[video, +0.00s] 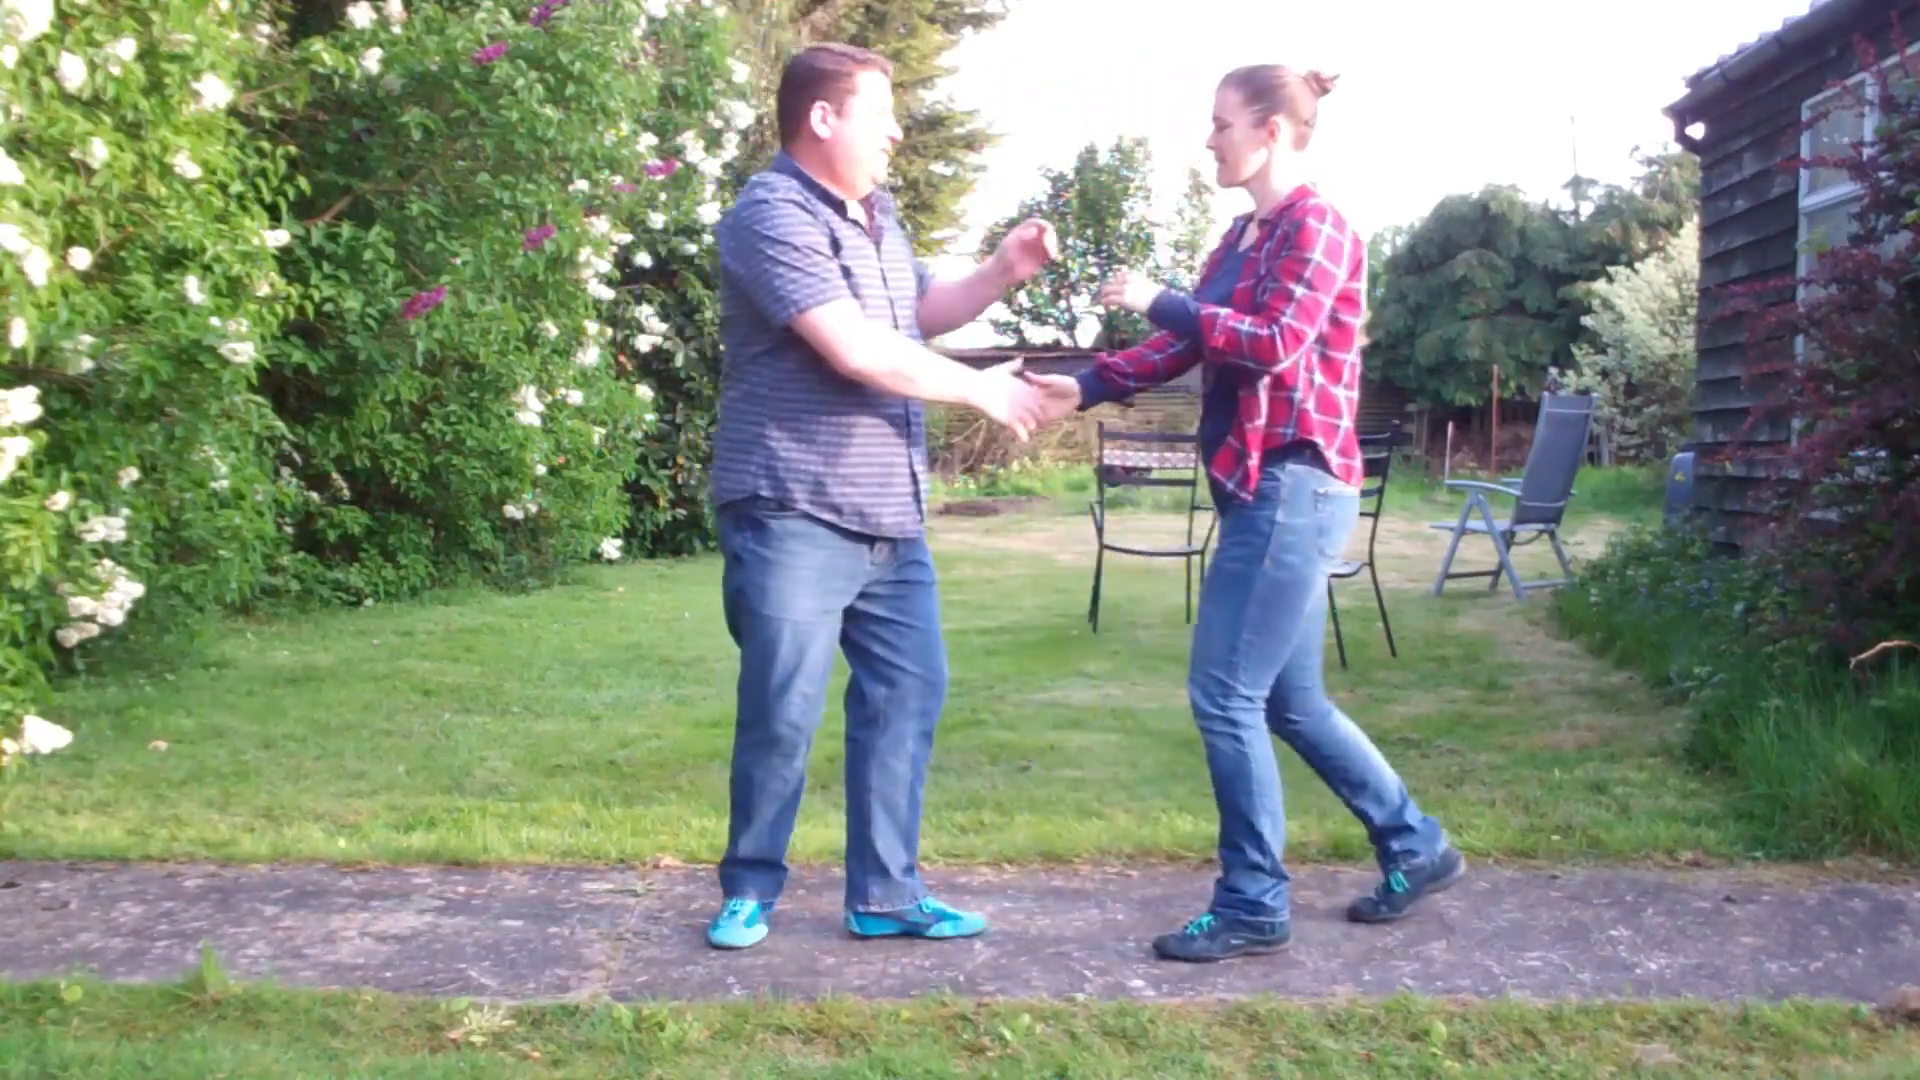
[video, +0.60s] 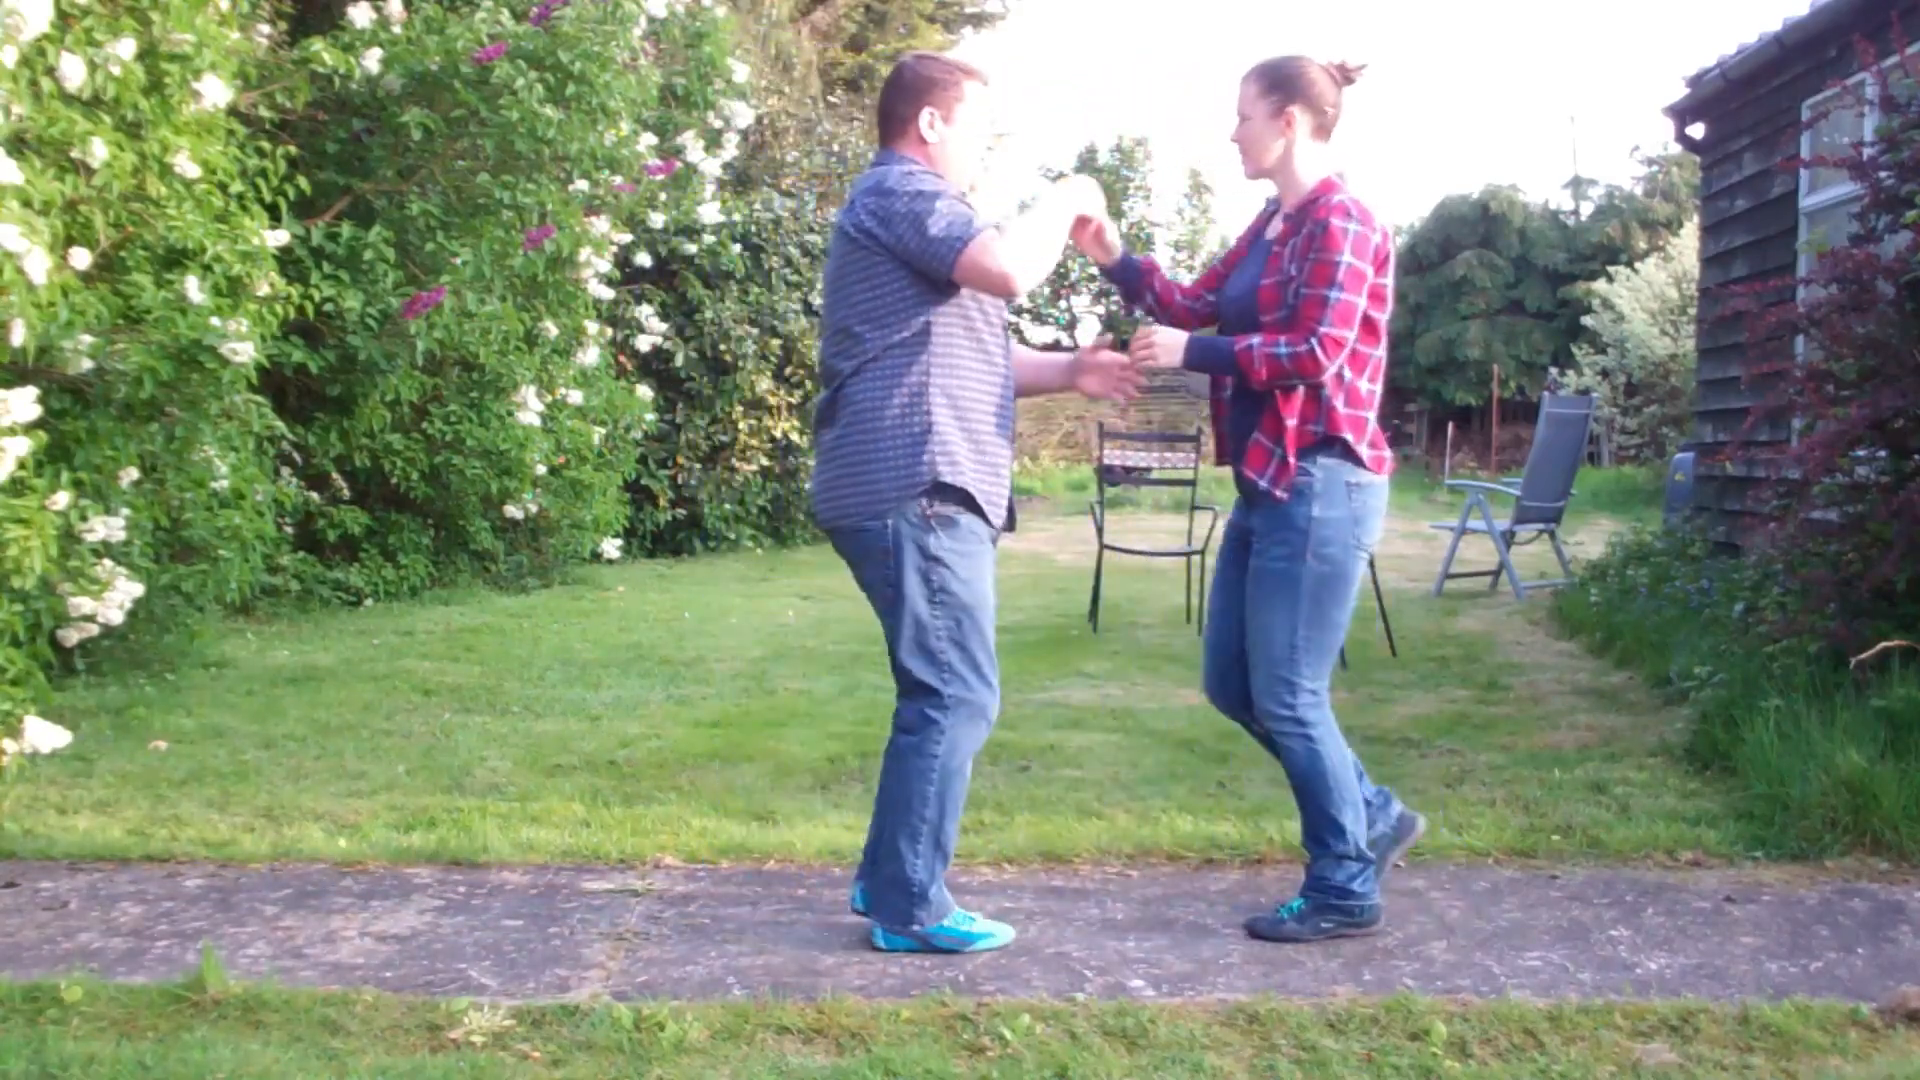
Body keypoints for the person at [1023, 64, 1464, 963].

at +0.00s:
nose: (1208, 141)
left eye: (1222, 127)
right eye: (1211, 127)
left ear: (1274, 132)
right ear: (1262, 133)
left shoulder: (1318, 226)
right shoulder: (1240, 242)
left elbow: (1273, 345)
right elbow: (1172, 348)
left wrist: (1163, 303)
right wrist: (1079, 387)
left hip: (1296, 487)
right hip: (1268, 487)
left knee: (1226, 695)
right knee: (1292, 699)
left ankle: (1252, 905)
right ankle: (1417, 849)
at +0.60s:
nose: (1233, 135)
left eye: (1245, 119)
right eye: (1235, 120)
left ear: (1293, 123)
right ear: (1278, 125)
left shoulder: (1345, 224)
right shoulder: (1267, 231)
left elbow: (1316, 353)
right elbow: (1192, 307)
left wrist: (1197, 349)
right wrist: (1112, 258)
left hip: (1323, 484)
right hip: (1268, 486)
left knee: (1287, 693)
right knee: (1233, 682)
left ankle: (1342, 890)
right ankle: (1373, 813)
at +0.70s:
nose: (1225, 137)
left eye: (1232, 120)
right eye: (1226, 121)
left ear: (1276, 122)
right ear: (1273, 124)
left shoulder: (1348, 225)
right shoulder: (1247, 225)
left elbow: (1315, 355)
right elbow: (1149, 262)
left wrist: (1182, 346)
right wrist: (1100, 185)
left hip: (1318, 484)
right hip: (1246, 485)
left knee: (1289, 690)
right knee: (1201, 676)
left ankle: (1346, 888)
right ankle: (1306, 834)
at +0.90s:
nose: (1204, 141)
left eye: (1212, 124)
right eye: (1207, 126)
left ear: (1249, 123)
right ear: (1252, 124)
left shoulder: (1328, 228)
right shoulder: (1220, 210)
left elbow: (1295, 353)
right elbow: (1124, 191)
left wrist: (1160, 328)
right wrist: (1096, 105)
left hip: (1291, 481)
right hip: (1210, 484)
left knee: (1285, 690)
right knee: (1176, 683)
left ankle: (1345, 885)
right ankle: (1228, 880)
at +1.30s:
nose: (1156, 153)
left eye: (1162, 136)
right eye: (1159, 138)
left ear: (1191, 130)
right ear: (1224, 133)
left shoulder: (1217, 230)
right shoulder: (1250, 218)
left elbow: (1131, 346)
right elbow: (1132, 189)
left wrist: (1079, 267)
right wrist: (1088, 114)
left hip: (1191, 487)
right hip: (1244, 489)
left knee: (1089, 666)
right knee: (1176, 690)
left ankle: (1130, 864)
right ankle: (1229, 880)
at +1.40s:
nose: (1137, 150)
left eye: (1142, 136)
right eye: (1134, 137)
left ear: (1165, 135)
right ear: (1217, 134)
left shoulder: (1174, 233)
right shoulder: (1251, 214)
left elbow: (1079, 332)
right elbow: (1156, 175)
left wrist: (1068, 243)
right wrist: (1102, 106)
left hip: (1159, 499)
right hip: (1242, 498)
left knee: (1085, 686)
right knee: (1175, 692)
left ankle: (1057, 875)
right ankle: (1227, 881)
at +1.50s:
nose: (1123, 141)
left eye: (1127, 129)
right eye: (1125, 129)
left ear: (1142, 135)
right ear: (1203, 136)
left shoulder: (1124, 235)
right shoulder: (1236, 214)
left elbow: (1032, 316)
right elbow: (1201, 170)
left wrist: (1062, 223)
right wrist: (1138, 100)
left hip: (1136, 501)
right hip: (1232, 497)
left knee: (1083, 685)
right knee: (1170, 688)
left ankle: (1034, 870)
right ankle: (1226, 879)